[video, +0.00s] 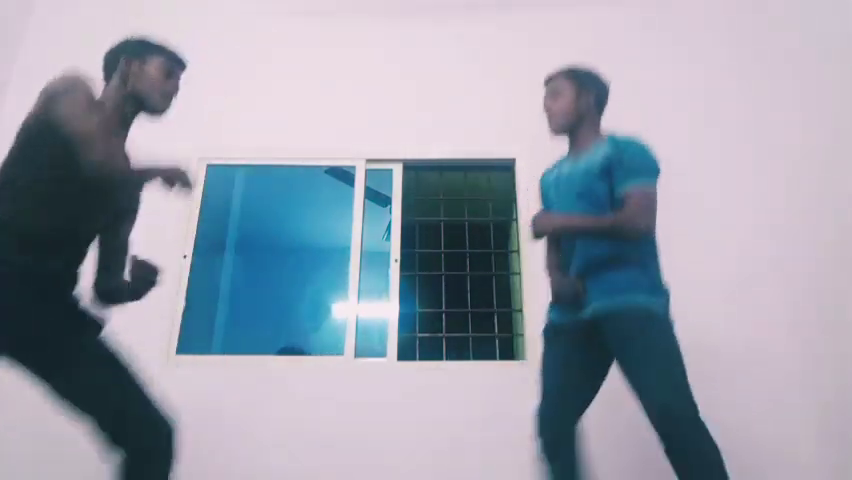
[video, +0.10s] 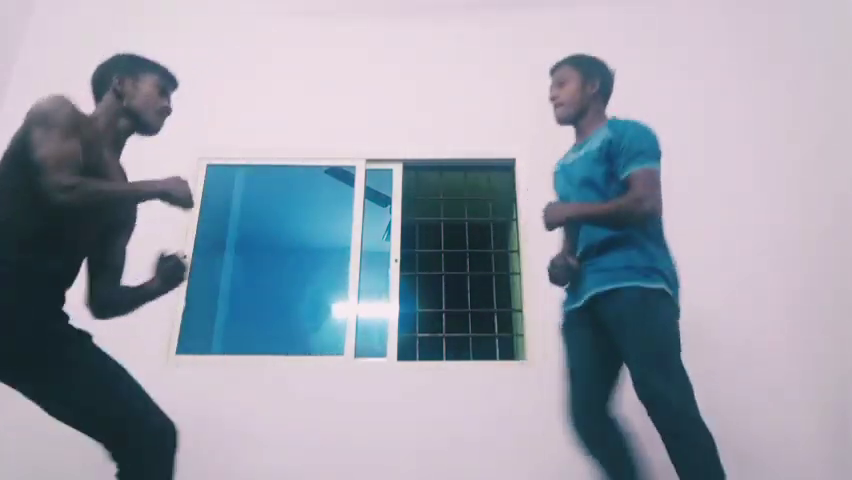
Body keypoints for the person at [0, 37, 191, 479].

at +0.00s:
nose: (176, 85)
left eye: (177, 78)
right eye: (167, 72)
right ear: (128, 68)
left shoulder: (123, 179)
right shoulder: (69, 91)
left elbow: (106, 287)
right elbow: (97, 163)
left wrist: (135, 283)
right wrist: (157, 175)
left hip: (45, 306)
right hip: (9, 292)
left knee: (148, 433)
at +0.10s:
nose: (169, 105)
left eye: (169, 96)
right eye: (160, 90)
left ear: (125, 93)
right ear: (121, 87)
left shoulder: (119, 195)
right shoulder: (55, 112)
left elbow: (102, 301)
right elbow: (61, 189)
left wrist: (155, 286)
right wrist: (155, 189)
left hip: (35, 323)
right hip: (6, 309)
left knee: (150, 436)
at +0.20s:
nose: (166, 86)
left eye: (167, 79)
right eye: (158, 73)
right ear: (118, 70)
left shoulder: (133, 175)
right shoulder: (48, 103)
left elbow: (155, 268)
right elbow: (70, 163)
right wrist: (150, 147)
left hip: (78, 325)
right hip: (14, 316)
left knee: (186, 433)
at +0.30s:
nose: (173, 65)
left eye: (174, 60)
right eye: (165, 53)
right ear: (124, 50)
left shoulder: (157, 150)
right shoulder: (61, 86)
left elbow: (188, 235)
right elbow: (83, 138)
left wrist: (213, 179)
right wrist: (158, 124)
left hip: (121, 301)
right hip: (45, 293)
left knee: (225, 412)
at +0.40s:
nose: (186, 63)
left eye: (186, 58)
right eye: (176, 52)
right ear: (136, 53)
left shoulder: (180, 134)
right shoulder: (80, 101)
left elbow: (217, 230)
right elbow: (83, 162)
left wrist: (229, 179)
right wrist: (173, 132)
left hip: (169, 299)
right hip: (92, 295)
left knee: (255, 429)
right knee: (5, 405)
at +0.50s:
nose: (193, 80)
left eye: (192, 74)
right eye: (183, 68)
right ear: (143, 71)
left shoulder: (197, 155)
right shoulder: (89, 133)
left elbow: (232, 248)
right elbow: (71, 201)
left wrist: (231, 202)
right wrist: (162, 161)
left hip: (199, 323)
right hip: (121, 322)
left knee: (276, 458)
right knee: (33, 447)